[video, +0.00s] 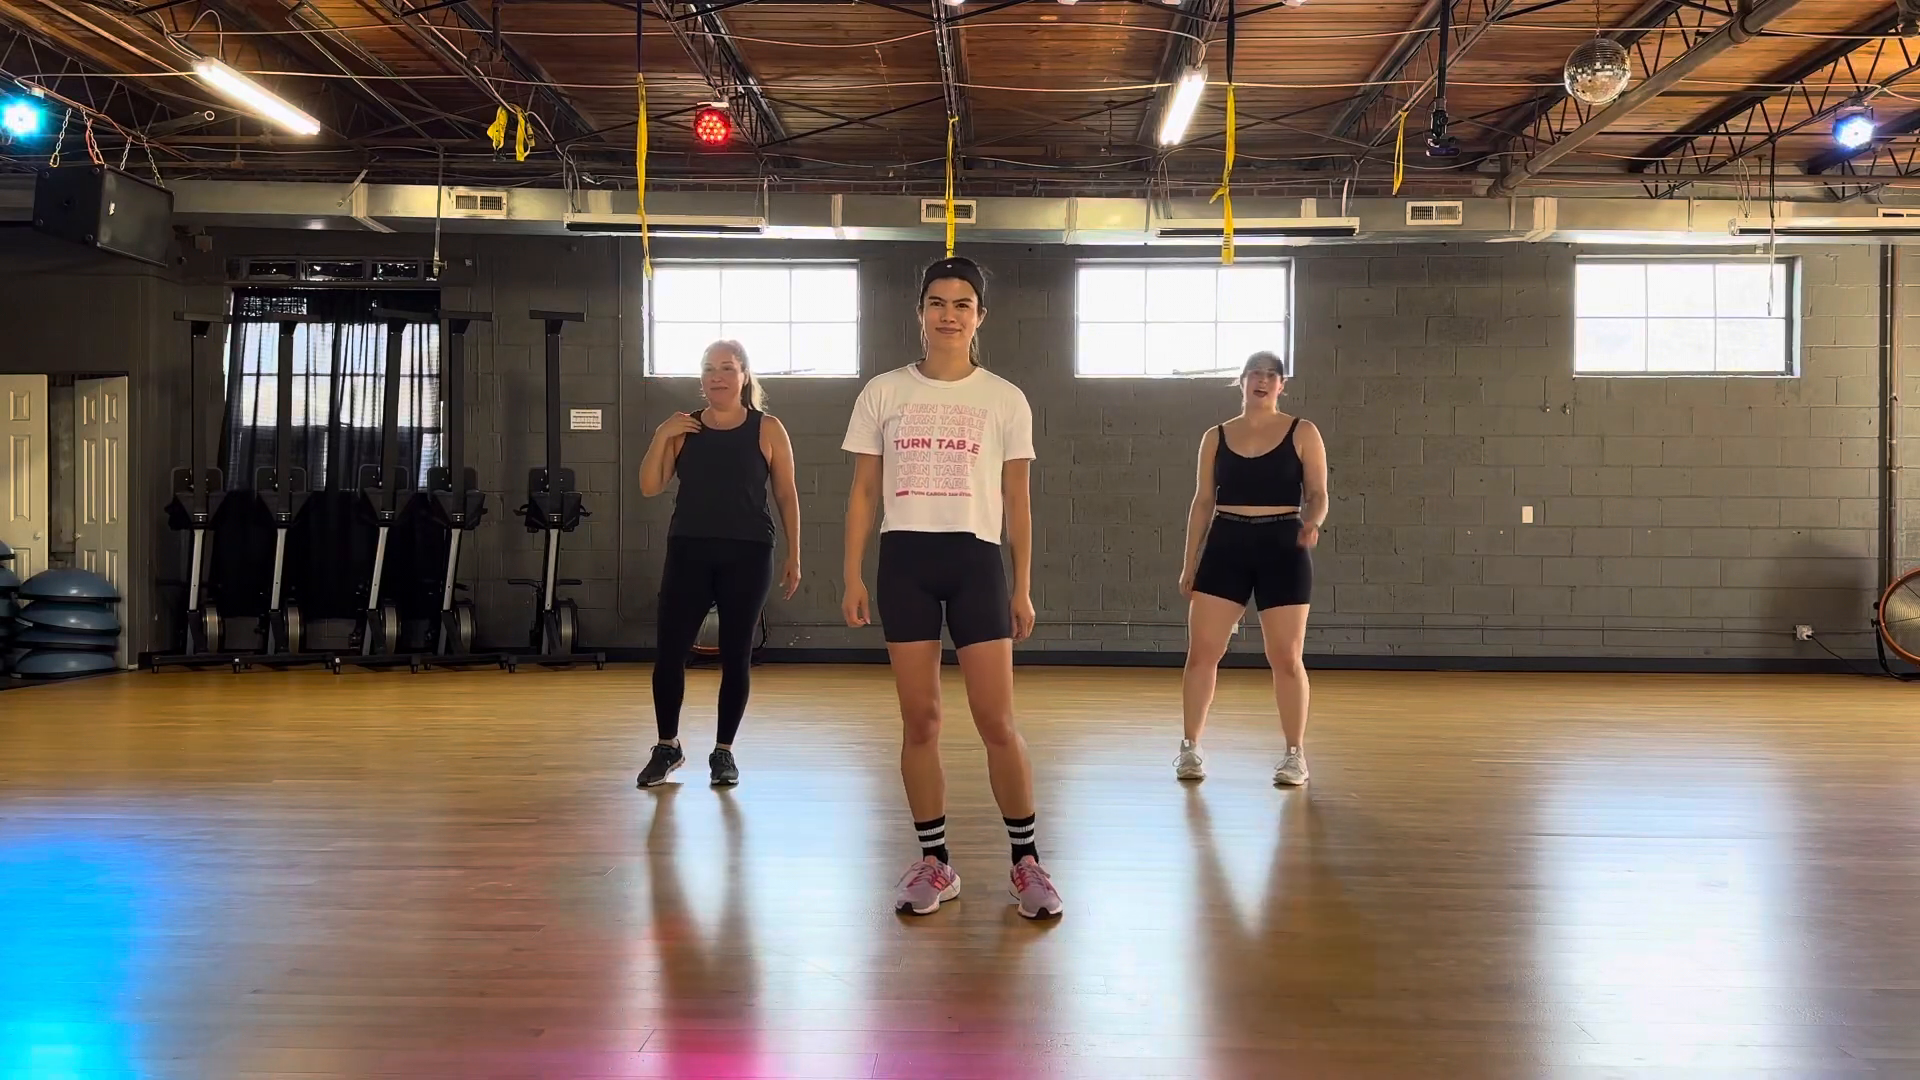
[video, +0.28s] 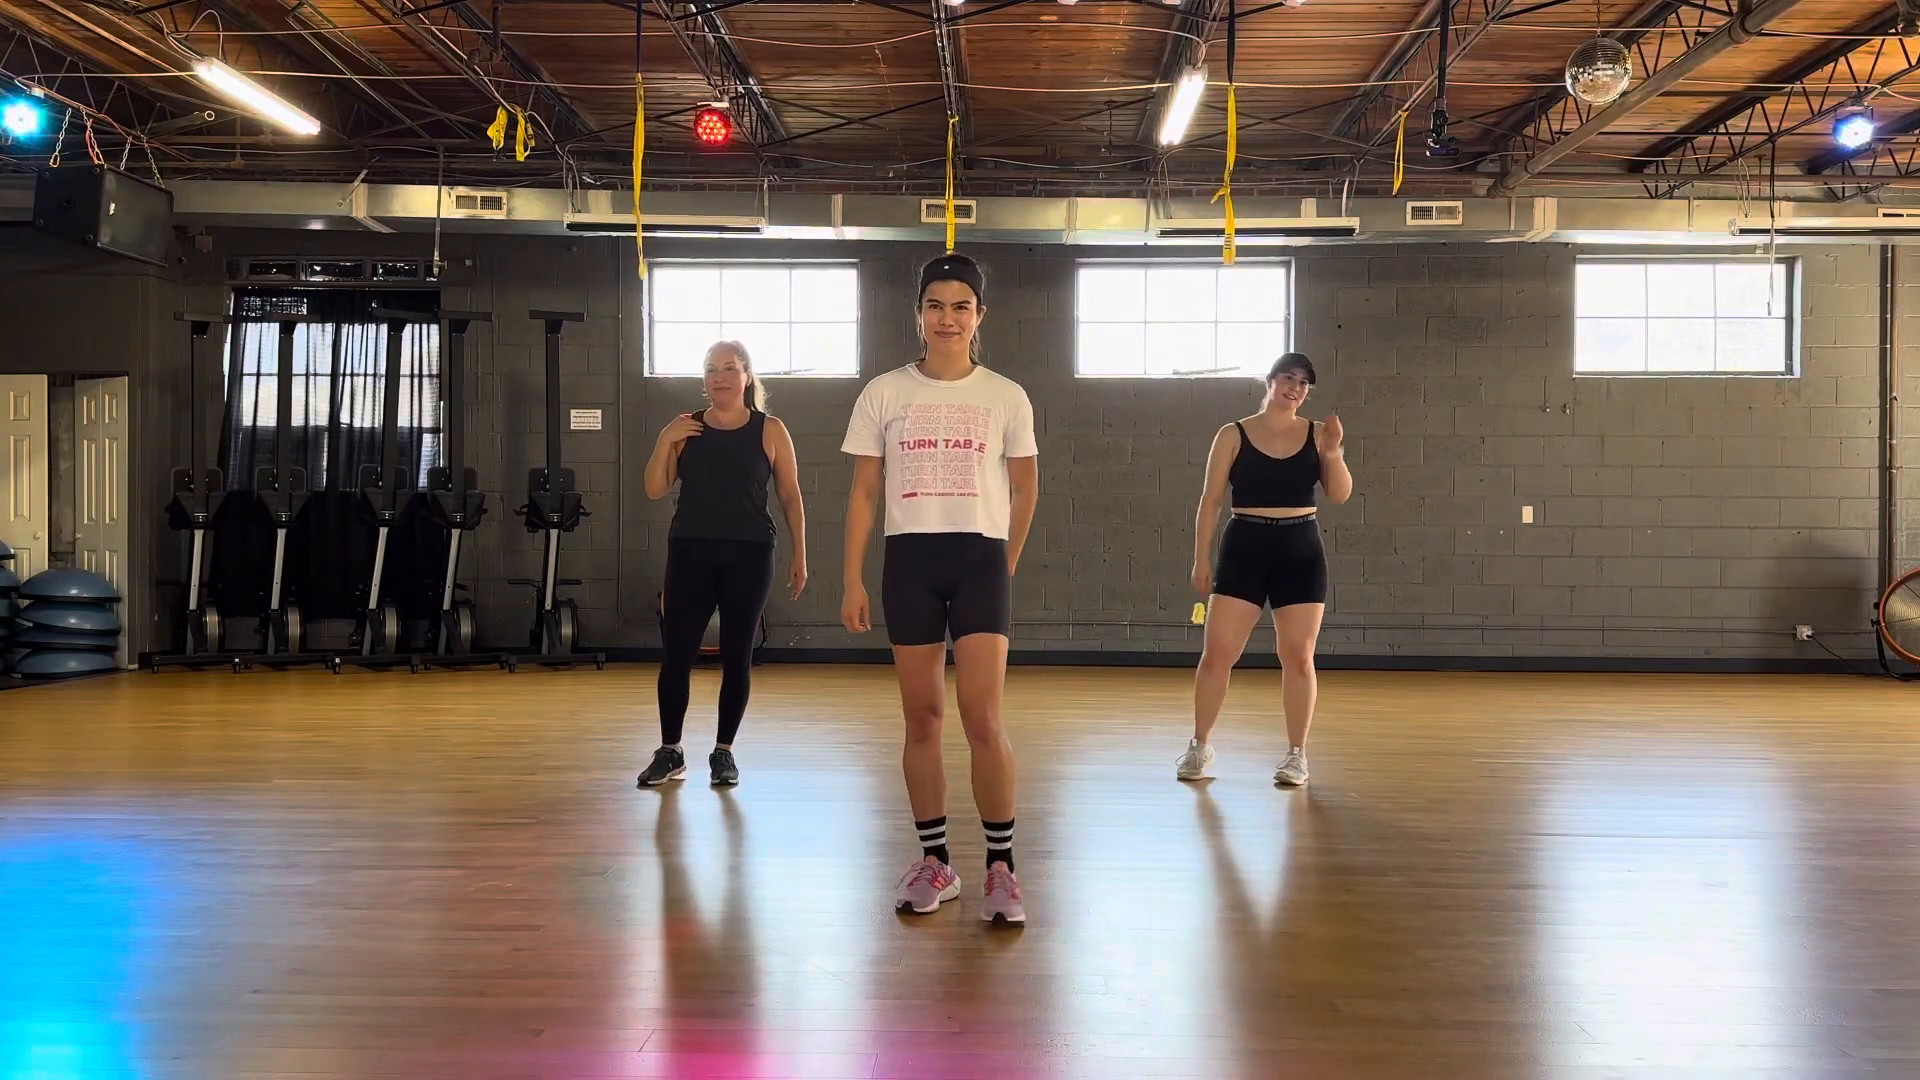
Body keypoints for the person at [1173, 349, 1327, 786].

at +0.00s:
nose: (1262, 381)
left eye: (1271, 375)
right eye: (1255, 374)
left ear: (1282, 385)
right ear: (1241, 382)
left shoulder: (1302, 433)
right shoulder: (1216, 436)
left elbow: (1317, 494)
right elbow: (1203, 502)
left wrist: (1311, 522)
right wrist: (1190, 561)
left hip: (1283, 551)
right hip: (1224, 549)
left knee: (1286, 659)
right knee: (1201, 652)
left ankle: (1294, 754)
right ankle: (1190, 748)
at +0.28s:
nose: (1292, 386)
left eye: (1300, 381)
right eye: (1285, 377)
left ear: (1307, 391)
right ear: (1269, 382)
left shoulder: (1317, 435)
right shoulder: (1233, 434)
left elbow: (1340, 494)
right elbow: (1210, 500)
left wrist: (1332, 452)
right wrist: (1202, 557)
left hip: (1300, 553)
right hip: (1244, 551)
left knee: (1299, 658)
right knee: (1215, 656)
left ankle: (1297, 756)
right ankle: (1199, 747)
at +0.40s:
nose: (1298, 383)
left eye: (1305, 379)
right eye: (1290, 375)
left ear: (1311, 391)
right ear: (1272, 382)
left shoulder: (1319, 433)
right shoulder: (1238, 434)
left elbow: (1348, 474)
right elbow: (1215, 498)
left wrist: (1336, 420)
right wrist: (1214, 555)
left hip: (1302, 553)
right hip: (1247, 550)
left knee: (1300, 658)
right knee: (1227, 657)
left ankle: (1297, 755)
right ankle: (1204, 746)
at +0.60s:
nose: (1294, 380)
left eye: (1301, 376)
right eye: (1286, 372)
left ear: (1305, 389)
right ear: (1267, 380)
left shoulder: (1311, 426)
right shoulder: (1238, 431)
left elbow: (1345, 447)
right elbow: (1220, 498)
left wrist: (1328, 394)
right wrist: (1227, 554)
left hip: (1303, 548)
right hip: (1251, 545)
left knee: (1297, 654)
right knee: (1239, 652)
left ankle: (1296, 753)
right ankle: (1200, 740)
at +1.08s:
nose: (1277, 387)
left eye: (1284, 381)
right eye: (1269, 381)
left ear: (1294, 390)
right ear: (1253, 389)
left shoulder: (1314, 438)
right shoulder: (1229, 439)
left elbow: (1319, 496)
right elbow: (1214, 500)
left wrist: (1312, 444)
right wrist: (1196, 553)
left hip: (1294, 552)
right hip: (1238, 549)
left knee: (1279, 659)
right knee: (1250, 644)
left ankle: (1270, 750)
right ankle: (1257, 747)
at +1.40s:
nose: (1266, 379)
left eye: (1273, 373)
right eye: (1257, 374)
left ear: (1285, 384)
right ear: (1242, 386)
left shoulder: (1311, 431)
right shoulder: (1225, 441)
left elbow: (1340, 494)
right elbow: (1208, 499)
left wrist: (1293, 473)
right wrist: (1180, 545)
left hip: (1290, 557)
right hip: (1231, 554)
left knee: (1277, 671)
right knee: (1242, 667)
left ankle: (1272, 742)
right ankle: (1254, 768)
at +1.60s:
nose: (1261, 372)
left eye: (1269, 365)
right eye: (1252, 365)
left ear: (1281, 376)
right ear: (1238, 376)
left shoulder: (1309, 423)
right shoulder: (1218, 438)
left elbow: (1345, 483)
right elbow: (1193, 505)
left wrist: (1311, 517)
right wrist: (1155, 561)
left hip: (1287, 551)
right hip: (1228, 550)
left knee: (1284, 672)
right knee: (1241, 664)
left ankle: (1289, 749)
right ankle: (1254, 769)